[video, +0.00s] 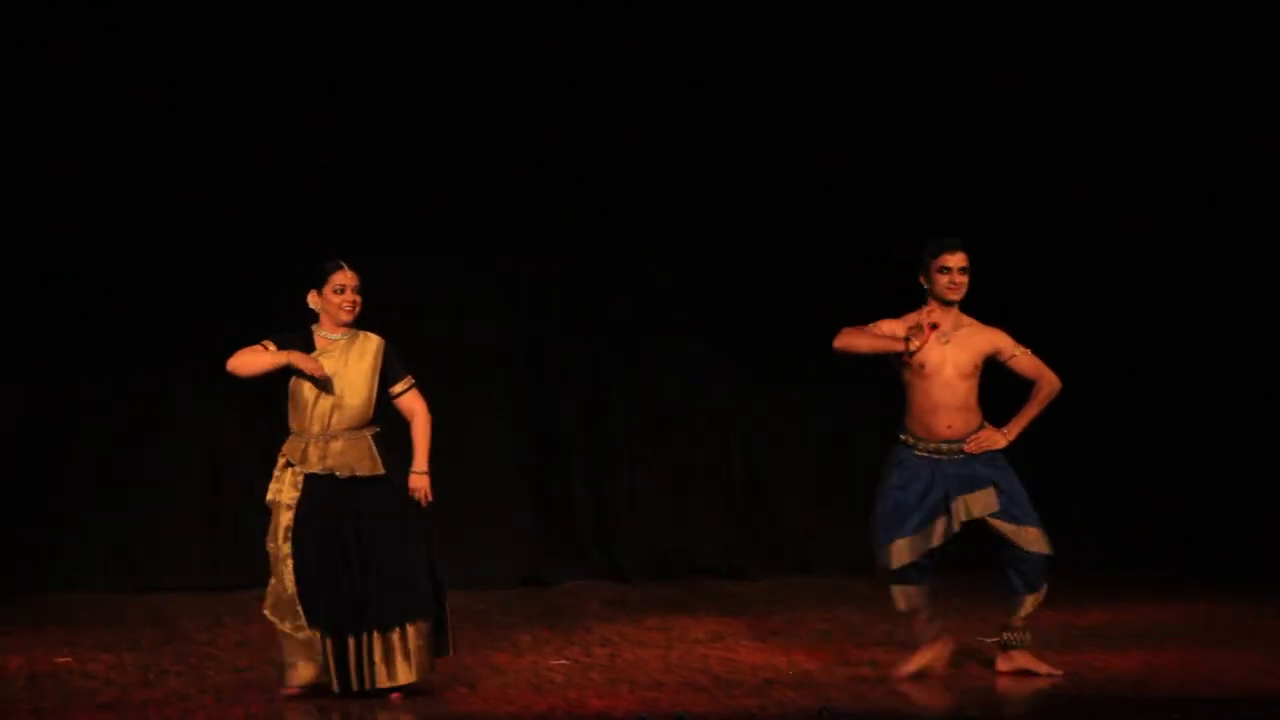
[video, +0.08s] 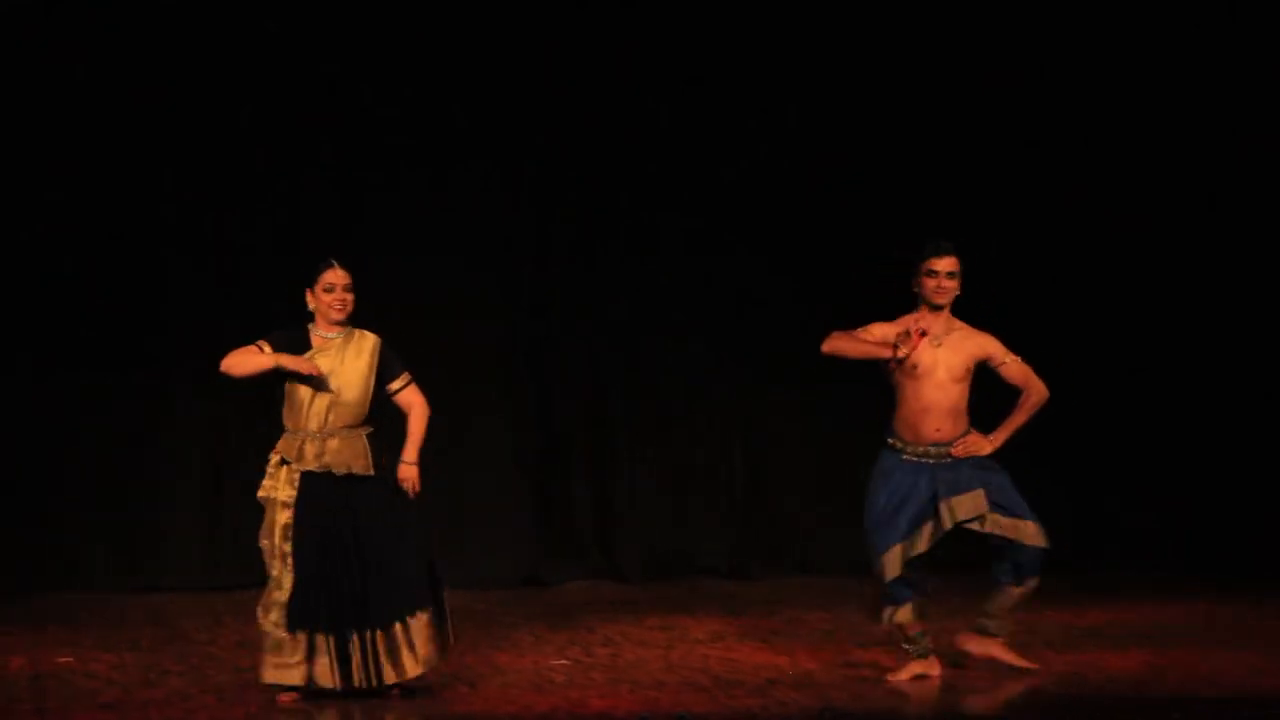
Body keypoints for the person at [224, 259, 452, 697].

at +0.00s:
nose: (351, 298)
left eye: (356, 291)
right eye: (340, 290)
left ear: (361, 299)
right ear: (316, 298)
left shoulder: (374, 348)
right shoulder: (297, 344)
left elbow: (418, 410)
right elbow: (237, 364)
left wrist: (420, 468)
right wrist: (289, 358)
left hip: (362, 470)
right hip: (305, 471)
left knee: (381, 562)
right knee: (299, 566)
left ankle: (390, 671)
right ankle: (304, 667)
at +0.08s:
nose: (340, 298)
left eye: (347, 291)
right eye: (330, 290)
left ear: (354, 297)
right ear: (311, 296)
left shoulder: (370, 347)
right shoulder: (292, 342)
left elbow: (417, 405)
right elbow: (230, 365)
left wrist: (410, 459)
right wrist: (283, 361)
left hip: (355, 471)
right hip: (297, 471)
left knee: (372, 566)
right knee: (295, 571)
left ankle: (387, 670)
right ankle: (292, 677)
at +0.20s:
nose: (319, 297)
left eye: (328, 289)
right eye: (312, 290)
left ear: (346, 295)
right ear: (302, 296)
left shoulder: (369, 346)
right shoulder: (289, 343)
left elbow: (417, 400)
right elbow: (225, 370)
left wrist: (394, 445)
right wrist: (276, 366)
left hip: (350, 473)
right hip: (292, 471)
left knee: (355, 568)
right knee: (296, 572)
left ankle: (360, 671)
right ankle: (300, 678)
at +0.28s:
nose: (314, 298)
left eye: (323, 290)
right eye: (307, 290)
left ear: (342, 295)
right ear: (298, 297)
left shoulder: (366, 345)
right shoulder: (286, 342)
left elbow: (417, 397)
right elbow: (223, 373)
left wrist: (387, 437)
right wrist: (272, 368)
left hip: (347, 472)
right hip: (290, 470)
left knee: (348, 568)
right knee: (292, 570)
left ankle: (352, 668)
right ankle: (296, 676)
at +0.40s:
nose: (314, 299)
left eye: (324, 291)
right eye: (307, 291)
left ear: (342, 297)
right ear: (299, 298)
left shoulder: (367, 345)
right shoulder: (288, 343)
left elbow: (419, 396)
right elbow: (223, 374)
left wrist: (387, 432)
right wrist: (270, 370)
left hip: (346, 472)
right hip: (290, 469)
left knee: (341, 569)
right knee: (284, 568)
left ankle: (338, 672)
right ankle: (287, 673)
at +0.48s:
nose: (314, 299)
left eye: (324, 292)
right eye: (307, 292)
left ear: (343, 298)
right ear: (299, 299)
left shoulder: (367, 347)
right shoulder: (287, 344)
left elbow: (418, 398)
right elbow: (224, 375)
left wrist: (388, 434)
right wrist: (269, 371)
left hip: (345, 473)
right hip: (289, 471)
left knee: (341, 569)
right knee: (284, 569)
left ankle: (337, 673)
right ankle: (286, 677)